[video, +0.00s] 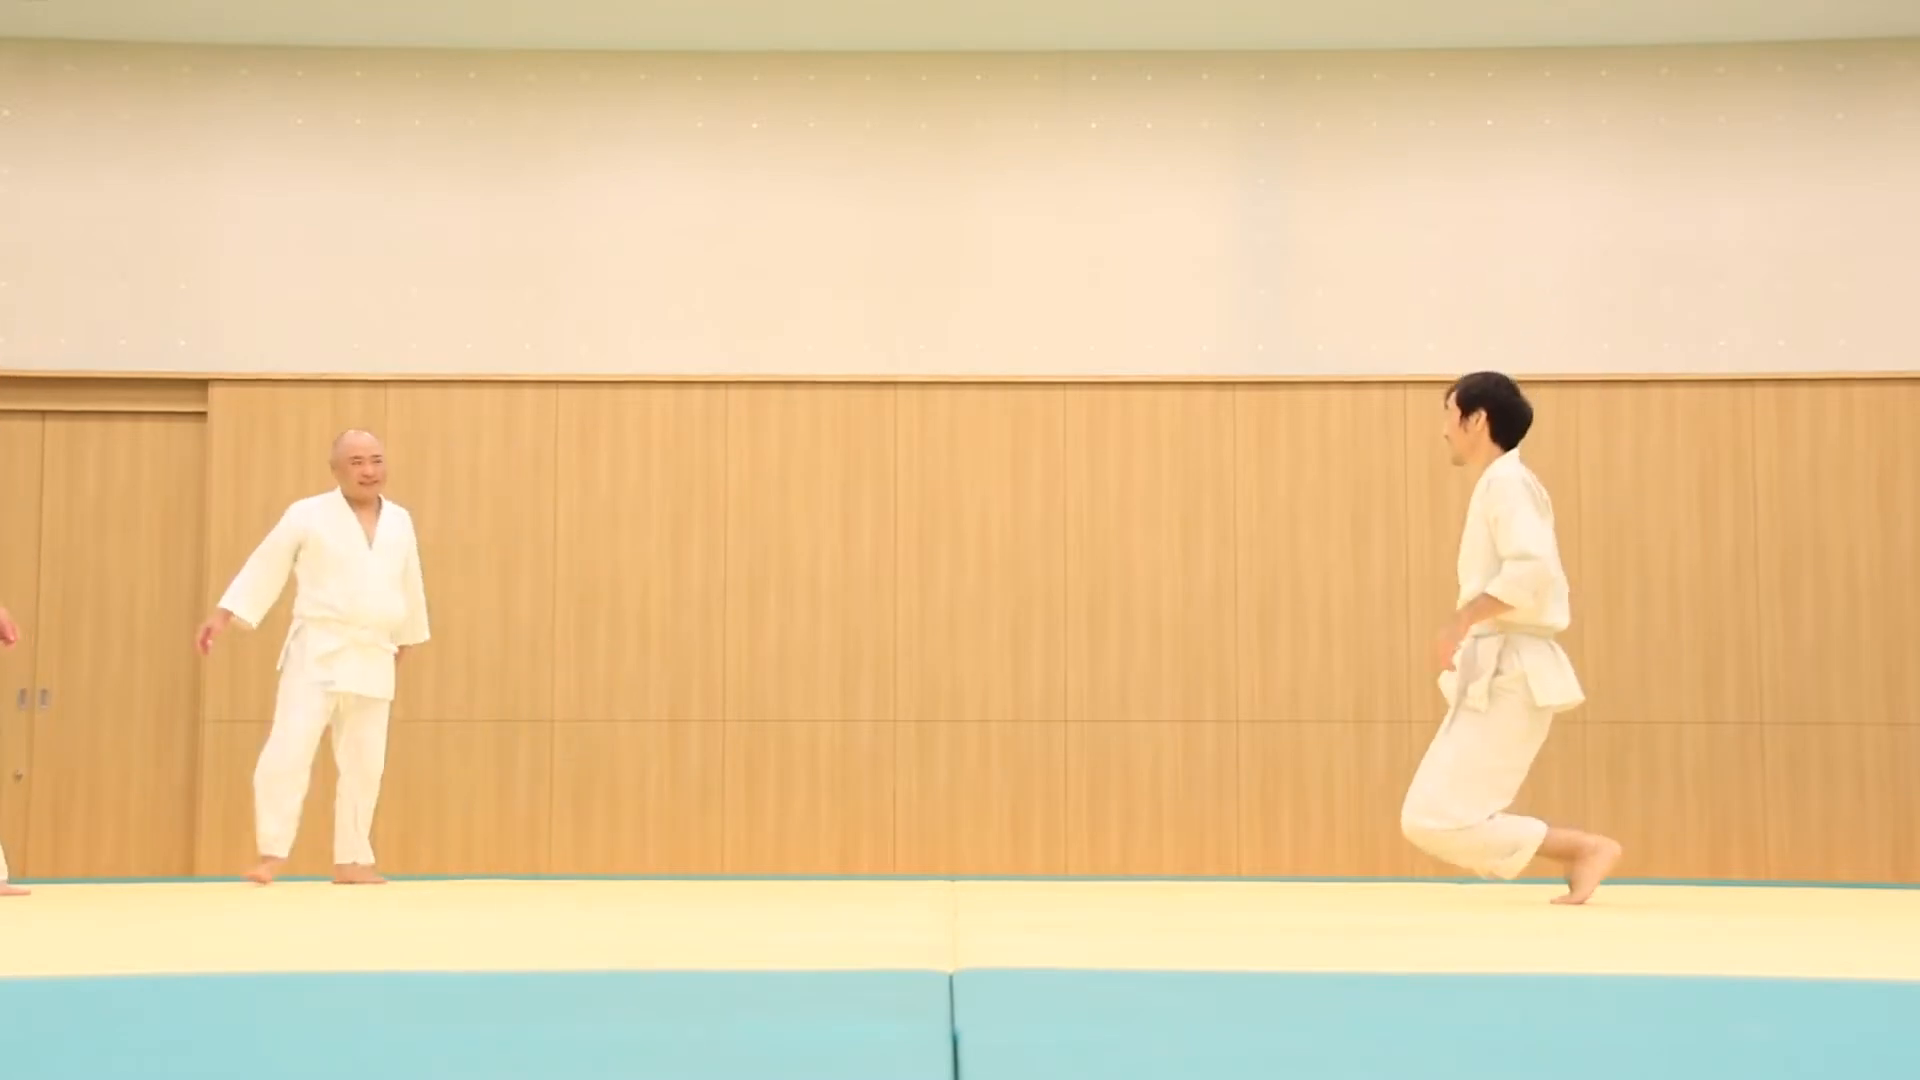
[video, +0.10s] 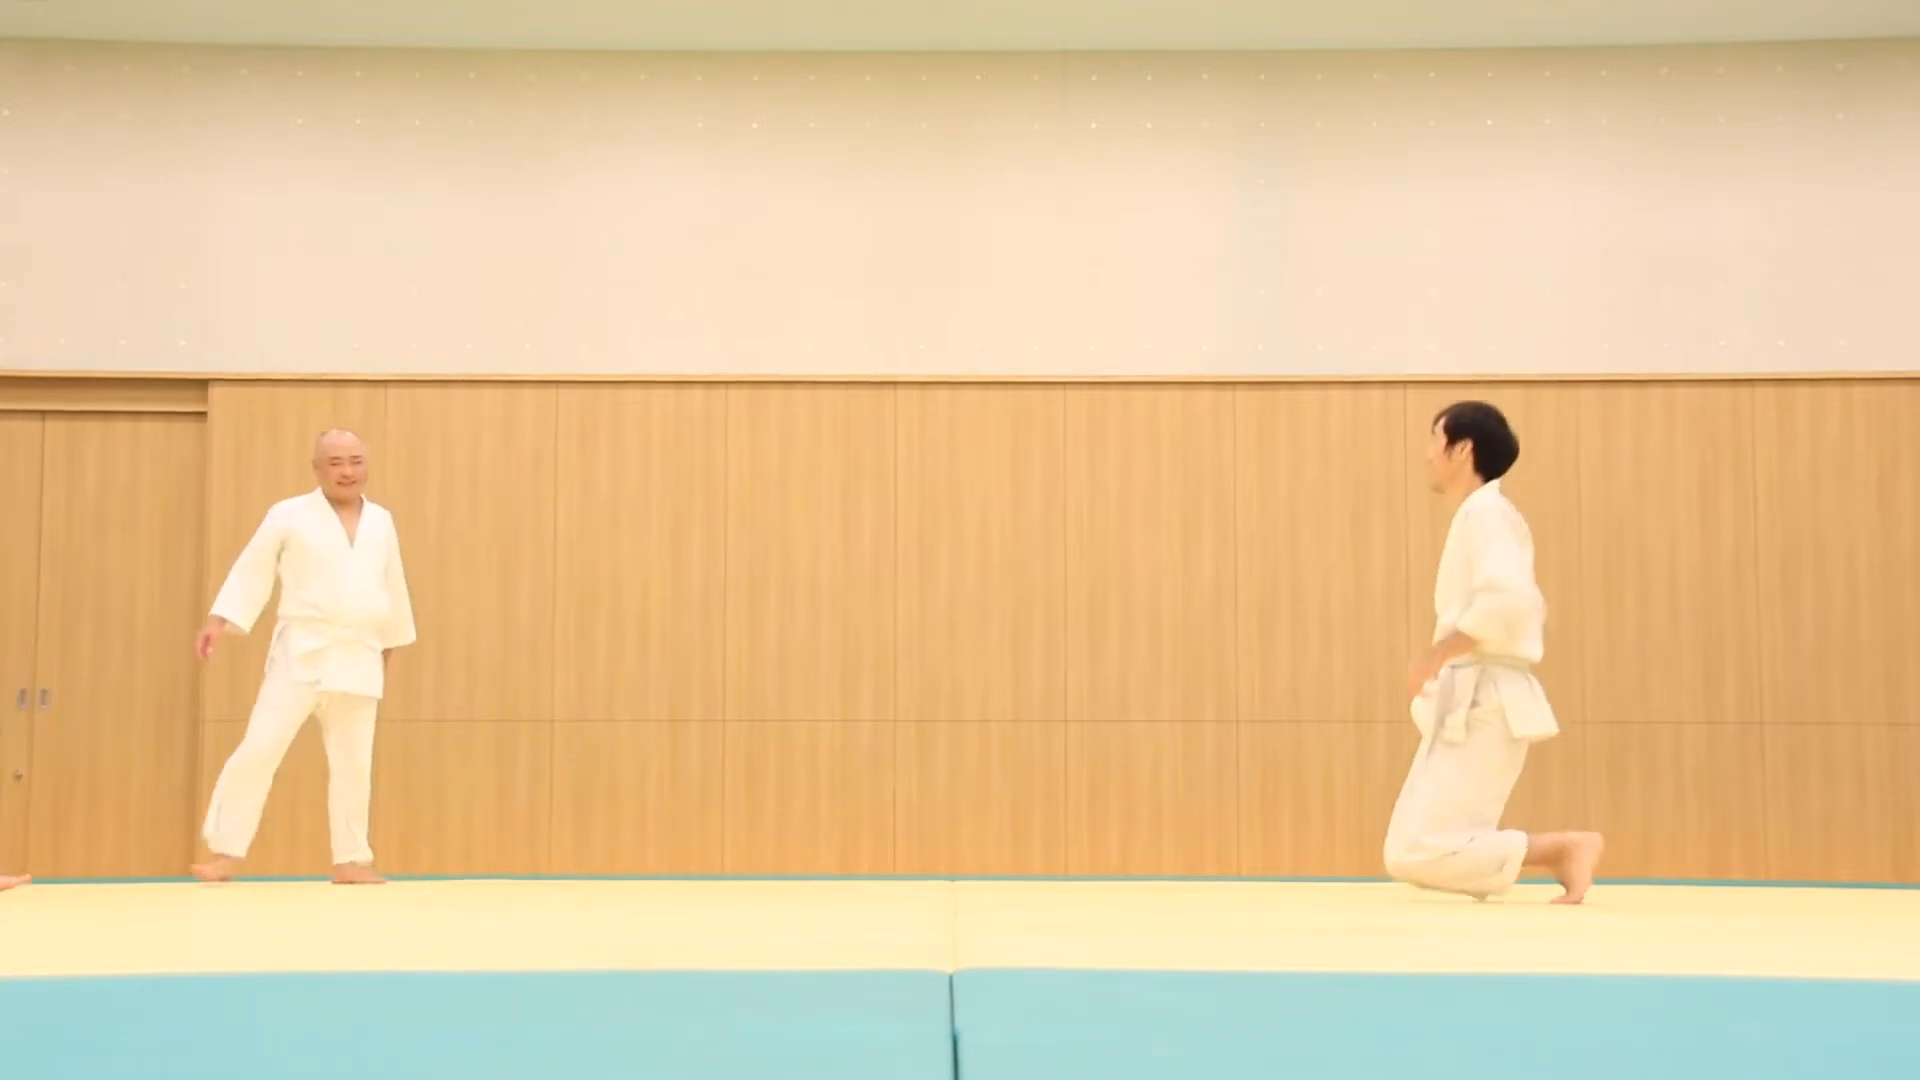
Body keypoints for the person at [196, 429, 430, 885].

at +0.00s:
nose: (368, 470)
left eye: (376, 461)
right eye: (356, 462)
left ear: (386, 466)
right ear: (336, 470)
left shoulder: (399, 521)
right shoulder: (309, 515)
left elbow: (410, 587)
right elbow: (263, 567)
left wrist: (402, 640)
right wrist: (223, 616)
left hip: (372, 655)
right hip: (314, 653)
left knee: (363, 761)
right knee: (288, 751)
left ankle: (352, 862)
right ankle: (272, 855)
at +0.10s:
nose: (348, 470)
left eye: (356, 461)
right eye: (336, 463)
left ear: (367, 466)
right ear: (317, 470)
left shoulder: (380, 520)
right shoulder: (290, 515)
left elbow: (393, 587)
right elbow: (252, 571)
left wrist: (387, 644)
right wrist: (219, 620)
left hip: (358, 655)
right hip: (299, 652)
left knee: (353, 762)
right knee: (261, 748)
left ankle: (350, 862)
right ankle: (227, 854)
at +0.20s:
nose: (321, 471)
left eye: (330, 461)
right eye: (309, 463)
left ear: (343, 467)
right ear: (293, 469)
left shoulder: (360, 522)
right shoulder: (267, 517)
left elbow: (376, 591)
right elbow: (237, 577)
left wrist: (376, 654)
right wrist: (214, 626)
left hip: (339, 656)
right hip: (277, 653)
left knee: (342, 761)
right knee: (241, 751)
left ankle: (350, 863)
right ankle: (210, 861)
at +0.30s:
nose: (291, 471)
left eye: (301, 461)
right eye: (281, 463)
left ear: (315, 467)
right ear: (266, 469)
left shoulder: (336, 523)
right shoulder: (238, 520)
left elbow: (358, 589)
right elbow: (215, 582)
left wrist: (371, 653)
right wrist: (204, 636)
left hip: (313, 659)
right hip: (250, 658)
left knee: (329, 763)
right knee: (224, 757)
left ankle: (345, 863)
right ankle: (208, 865)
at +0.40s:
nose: (259, 472)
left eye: (269, 463)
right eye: (248, 464)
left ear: (286, 468)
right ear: (237, 470)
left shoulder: (312, 522)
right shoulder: (212, 522)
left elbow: (337, 584)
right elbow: (189, 587)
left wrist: (356, 644)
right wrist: (179, 650)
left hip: (285, 659)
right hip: (221, 657)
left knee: (314, 760)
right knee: (204, 760)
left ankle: (338, 862)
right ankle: (205, 864)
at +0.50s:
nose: (231, 472)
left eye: (241, 463)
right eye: (221, 464)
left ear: (262, 468)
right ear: (211, 471)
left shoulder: (291, 521)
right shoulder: (191, 525)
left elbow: (319, 578)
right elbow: (167, 592)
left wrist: (338, 629)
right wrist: (154, 657)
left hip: (262, 662)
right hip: (199, 661)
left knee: (293, 761)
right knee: (192, 765)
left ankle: (313, 858)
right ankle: (204, 866)